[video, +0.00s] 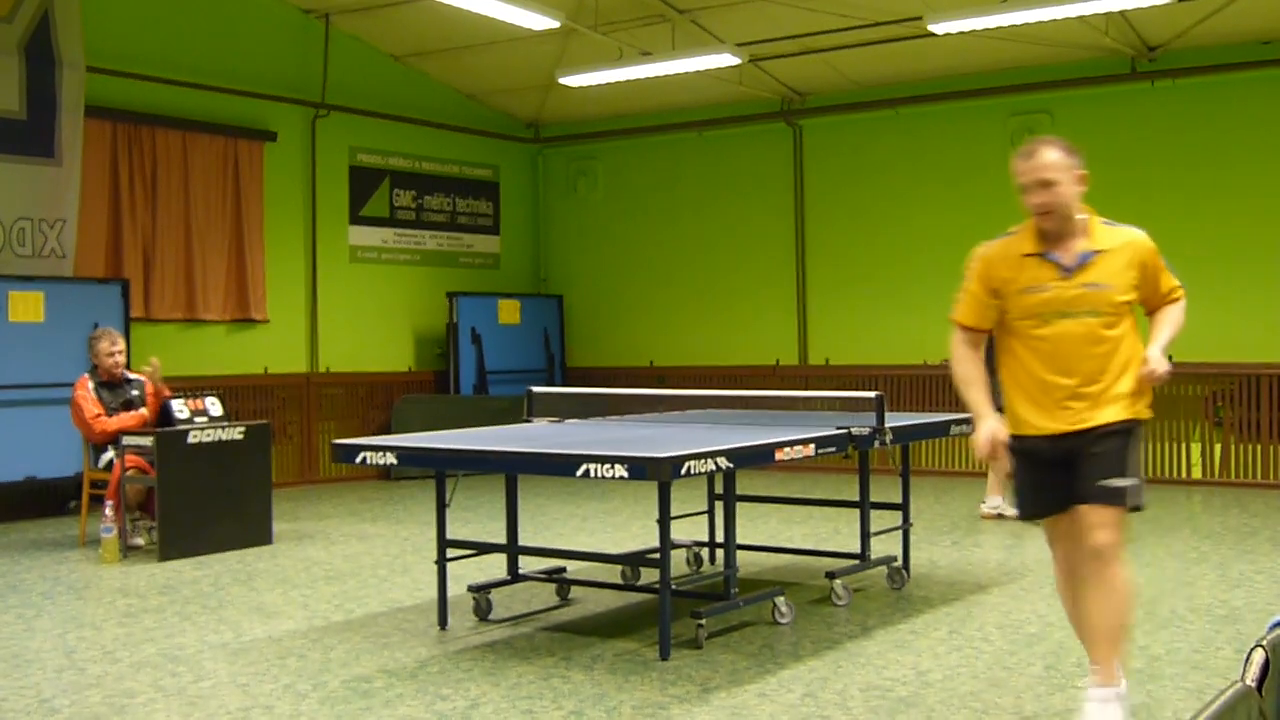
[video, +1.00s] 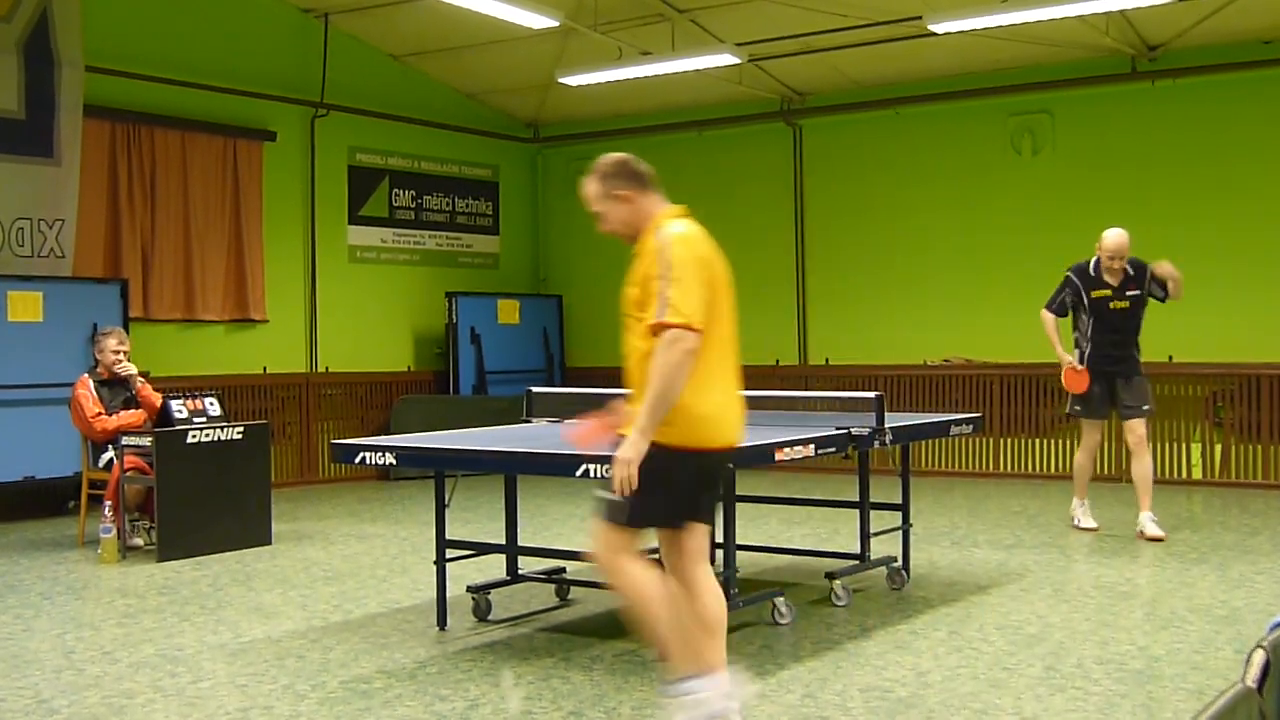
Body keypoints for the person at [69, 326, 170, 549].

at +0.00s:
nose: (118, 360)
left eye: (121, 353)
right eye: (110, 355)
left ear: (126, 354)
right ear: (95, 359)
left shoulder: (141, 381)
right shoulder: (85, 387)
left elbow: (161, 418)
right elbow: (97, 428)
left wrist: (159, 387)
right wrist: (142, 416)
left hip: (148, 444)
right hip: (112, 448)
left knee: (171, 468)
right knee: (134, 474)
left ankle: (151, 519)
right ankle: (132, 519)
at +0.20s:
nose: (119, 358)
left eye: (123, 352)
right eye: (112, 353)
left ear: (128, 355)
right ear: (96, 357)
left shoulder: (134, 380)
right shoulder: (85, 386)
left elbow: (161, 413)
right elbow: (98, 428)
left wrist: (142, 378)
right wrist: (144, 416)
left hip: (148, 445)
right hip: (113, 449)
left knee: (173, 469)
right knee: (135, 475)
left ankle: (153, 520)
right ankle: (131, 520)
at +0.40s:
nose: (119, 357)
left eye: (123, 352)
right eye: (112, 351)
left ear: (128, 355)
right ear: (96, 355)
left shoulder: (133, 381)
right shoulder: (84, 385)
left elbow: (162, 412)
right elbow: (98, 427)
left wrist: (135, 378)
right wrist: (143, 415)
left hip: (146, 446)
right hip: (112, 449)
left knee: (172, 470)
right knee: (135, 476)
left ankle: (152, 521)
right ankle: (130, 520)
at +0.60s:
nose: (121, 357)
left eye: (125, 352)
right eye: (115, 351)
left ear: (129, 355)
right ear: (98, 355)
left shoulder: (134, 381)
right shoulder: (85, 385)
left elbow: (162, 413)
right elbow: (98, 427)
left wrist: (136, 381)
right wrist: (143, 415)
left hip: (147, 446)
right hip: (113, 449)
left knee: (172, 470)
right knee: (136, 475)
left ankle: (150, 521)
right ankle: (129, 521)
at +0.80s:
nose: (122, 357)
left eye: (125, 352)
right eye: (116, 351)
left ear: (130, 354)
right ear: (99, 354)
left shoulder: (136, 380)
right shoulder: (85, 384)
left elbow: (161, 412)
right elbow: (98, 426)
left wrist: (137, 381)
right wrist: (142, 415)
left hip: (146, 445)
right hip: (112, 447)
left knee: (170, 468)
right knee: (135, 473)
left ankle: (151, 520)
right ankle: (130, 520)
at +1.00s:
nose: (121, 358)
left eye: (125, 353)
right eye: (115, 353)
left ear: (129, 355)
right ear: (98, 355)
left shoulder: (134, 381)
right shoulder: (85, 385)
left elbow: (160, 413)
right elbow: (98, 428)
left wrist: (137, 382)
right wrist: (141, 416)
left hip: (146, 446)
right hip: (112, 449)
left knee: (172, 469)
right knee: (135, 475)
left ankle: (153, 521)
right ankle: (130, 520)